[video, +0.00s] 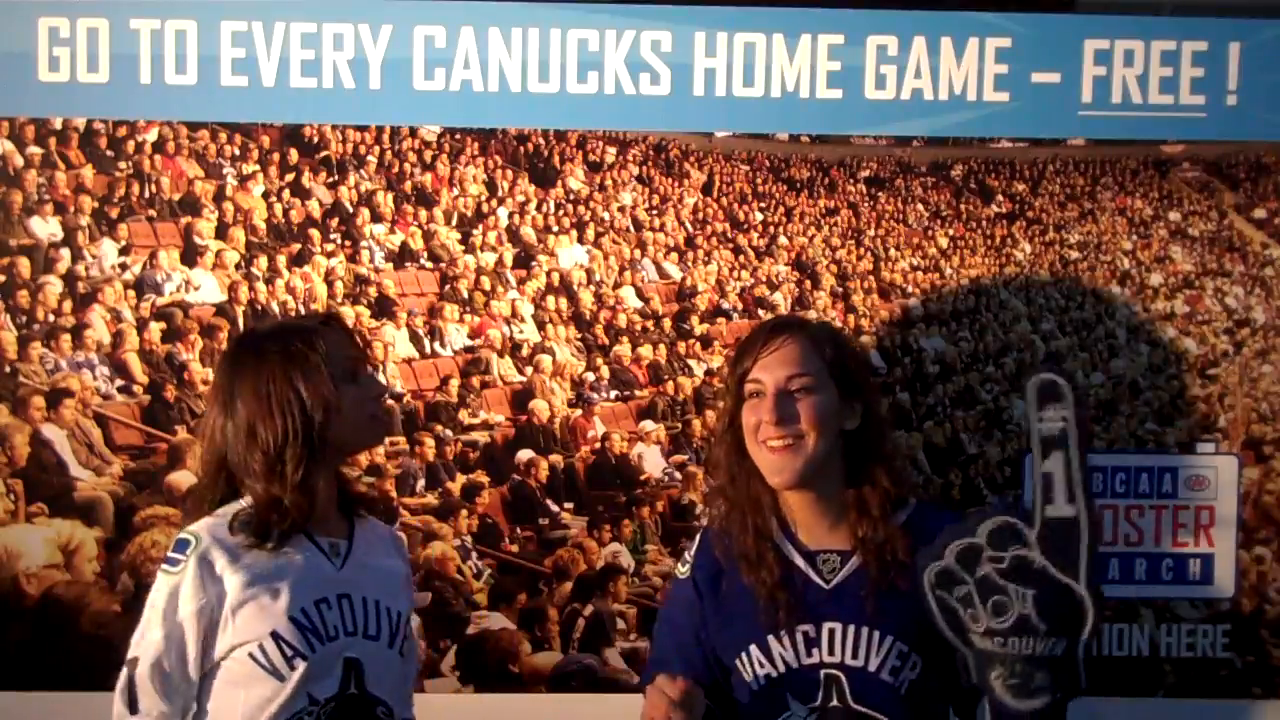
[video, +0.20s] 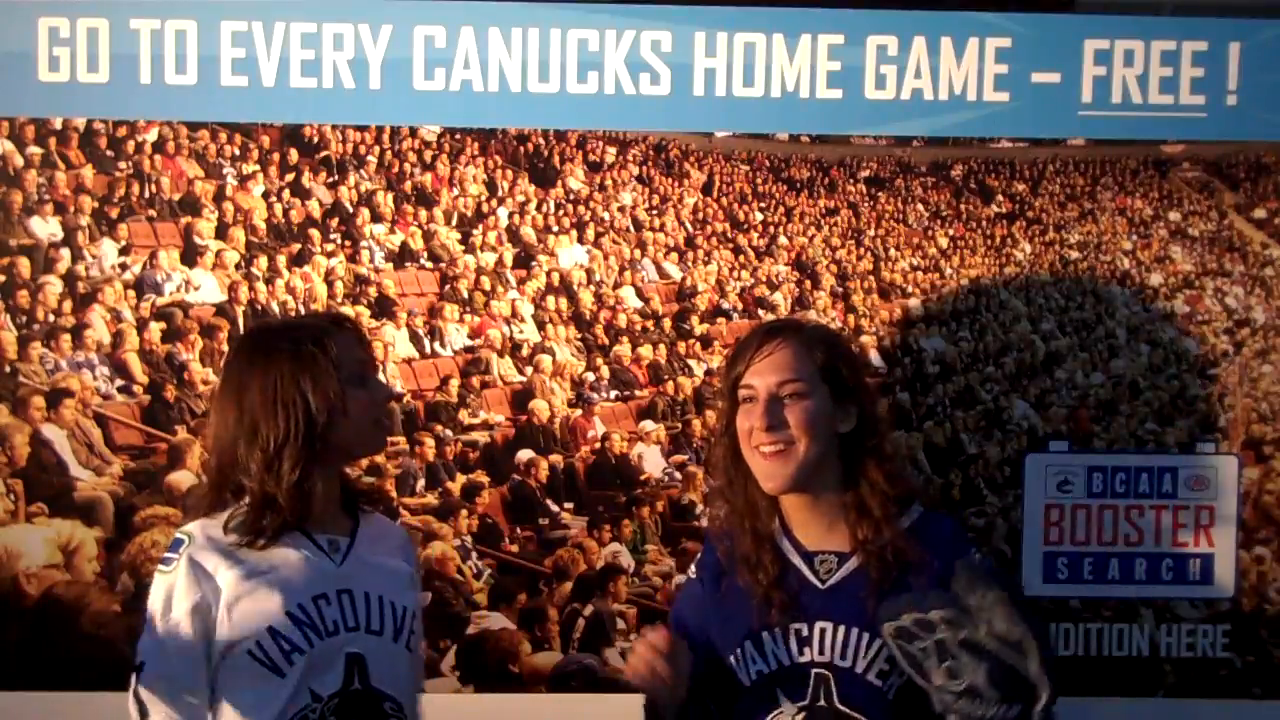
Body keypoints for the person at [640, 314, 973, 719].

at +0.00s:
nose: (772, 413)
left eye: (798, 390)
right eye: (754, 394)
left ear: (849, 411)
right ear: (739, 421)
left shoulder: (931, 545)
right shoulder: (718, 556)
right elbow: (670, 680)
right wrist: (671, 707)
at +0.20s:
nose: (763, 420)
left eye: (790, 396)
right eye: (747, 400)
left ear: (844, 412)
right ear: (733, 423)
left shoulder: (932, 553)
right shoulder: (724, 562)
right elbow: (690, 714)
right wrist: (671, 695)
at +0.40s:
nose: (766, 410)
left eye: (794, 388)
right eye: (751, 390)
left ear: (845, 408)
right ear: (737, 412)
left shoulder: (926, 549)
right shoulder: (719, 553)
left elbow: (1005, 684)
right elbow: (678, 703)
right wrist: (644, 680)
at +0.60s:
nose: (770, 414)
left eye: (798, 393)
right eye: (753, 393)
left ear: (843, 415)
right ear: (735, 416)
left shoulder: (925, 551)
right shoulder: (710, 564)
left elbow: (998, 682)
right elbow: (686, 701)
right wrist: (657, 705)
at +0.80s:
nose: (775, 412)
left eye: (802, 389)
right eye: (755, 390)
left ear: (843, 410)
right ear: (735, 415)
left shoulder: (920, 540)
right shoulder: (708, 553)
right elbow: (671, 690)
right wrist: (639, 705)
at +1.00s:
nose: (747, 414)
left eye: (774, 395)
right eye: (732, 401)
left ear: (831, 420)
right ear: (719, 428)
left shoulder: (918, 556)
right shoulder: (706, 562)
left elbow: (991, 691)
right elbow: (669, 705)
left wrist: (924, 711)